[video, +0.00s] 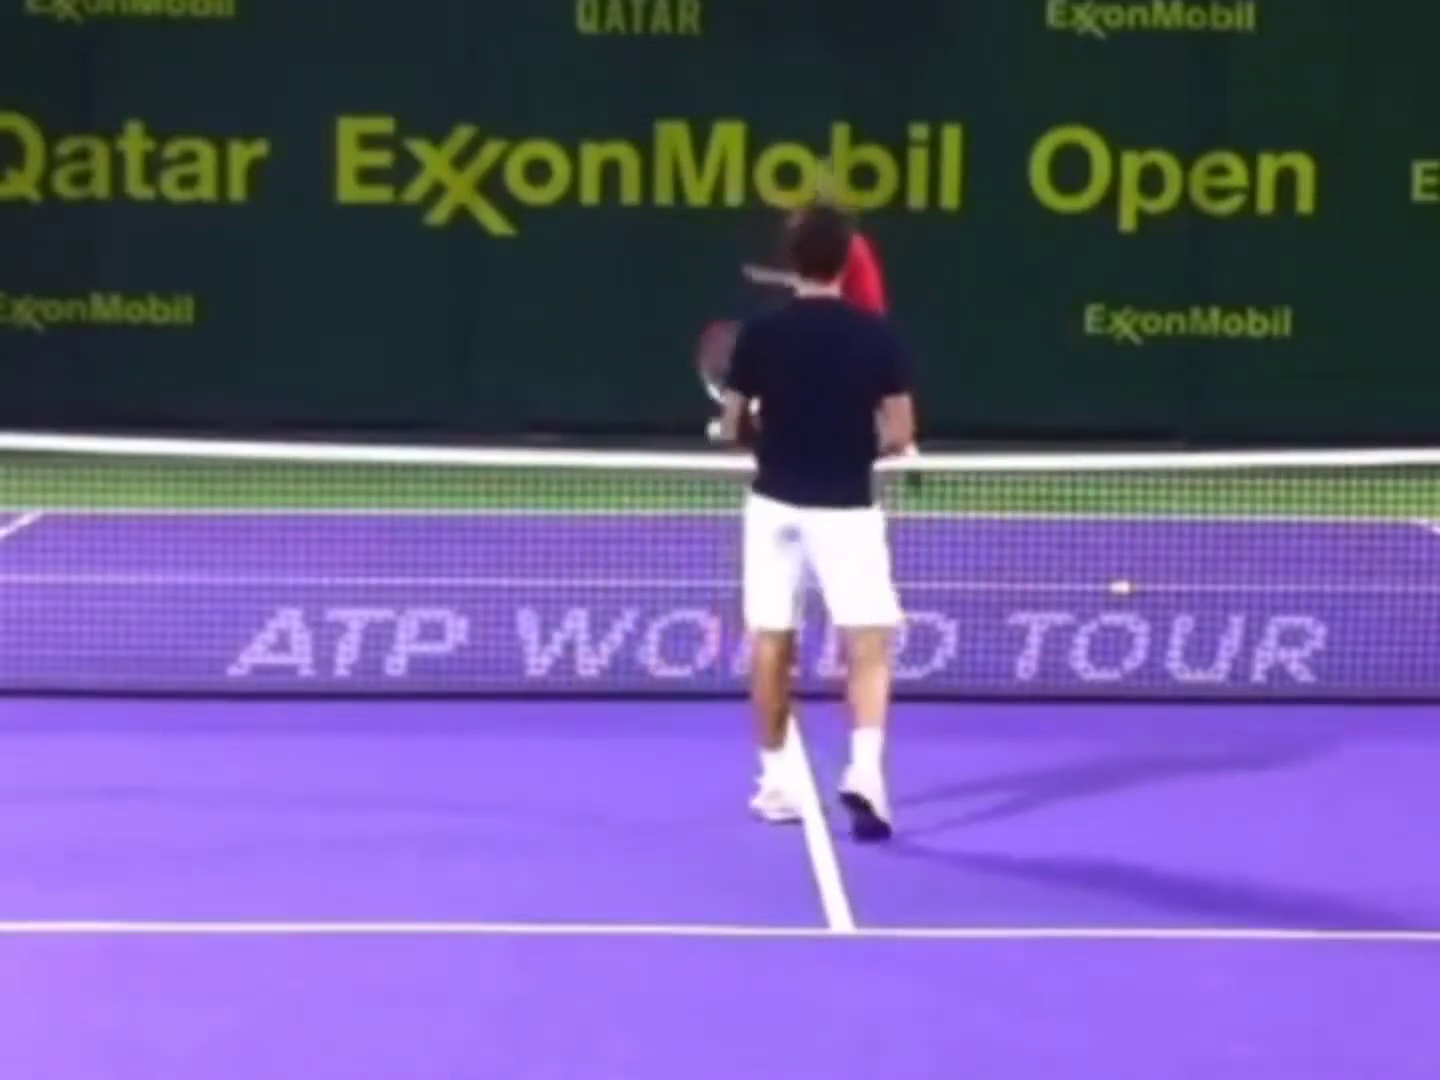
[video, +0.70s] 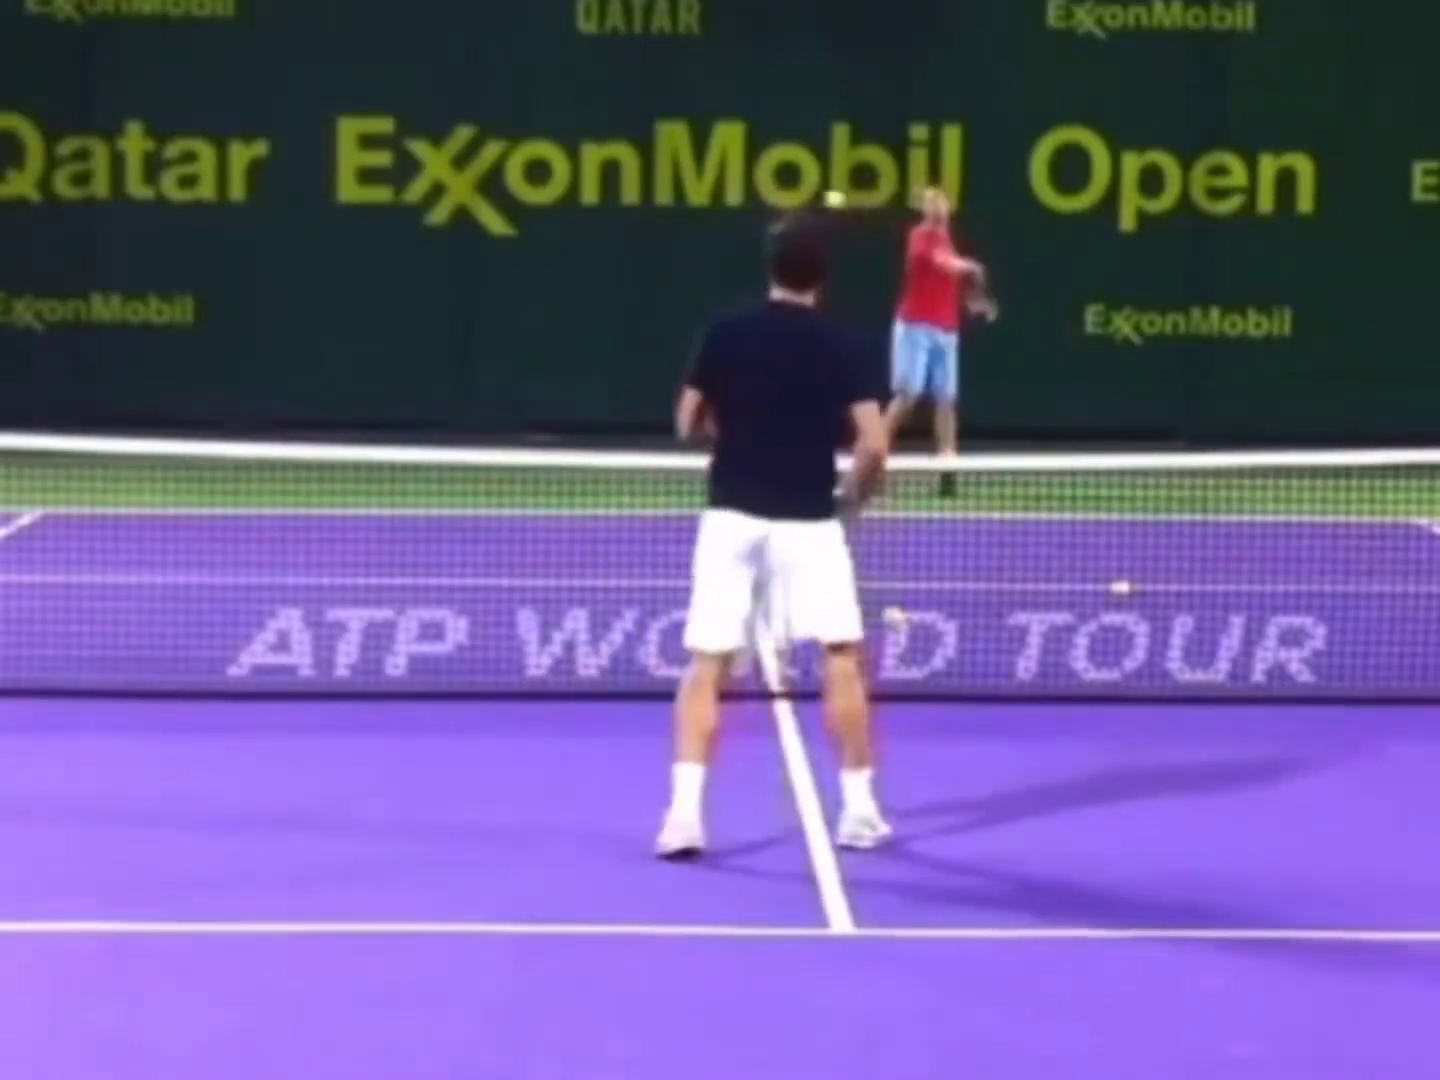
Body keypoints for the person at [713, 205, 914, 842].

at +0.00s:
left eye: (800, 257)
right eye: (839, 254)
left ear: (790, 263)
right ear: (848, 262)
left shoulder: (761, 329)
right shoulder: (874, 334)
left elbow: (734, 418)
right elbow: (898, 431)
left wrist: (769, 428)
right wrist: (851, 444)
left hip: (772, 502)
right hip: (845, 508)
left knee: (770, 639)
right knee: (870, 638)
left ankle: (779, 775)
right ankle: (864, 767)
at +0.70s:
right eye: (816, 270)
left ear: (770, 270)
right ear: (823, 275)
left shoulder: (728, 332)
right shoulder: (841, 343)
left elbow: (688, 419)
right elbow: (873, 447)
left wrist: (730, 428)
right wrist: (853, 494)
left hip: (731, 516)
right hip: (808, 523)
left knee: (706, 664)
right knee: (841, 658)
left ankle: (685, 808)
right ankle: (859, 805)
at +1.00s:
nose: (779, 272)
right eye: (781, 263)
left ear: (725, 260)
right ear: (780, 270)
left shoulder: (675, 319)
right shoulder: (777, 338)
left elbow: (599, 392)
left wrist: (633, 452)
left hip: (666, 516)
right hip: (741, 522)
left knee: (672, 667)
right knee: (783, 660)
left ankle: (678, 818)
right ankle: (797, 813)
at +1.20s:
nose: (778, 281)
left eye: (775, 269)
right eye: (779, 272)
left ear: (720, 258)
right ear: (769, 276)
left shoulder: (661, 315)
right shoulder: (760, 342)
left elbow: (589, 389)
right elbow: (784, 441)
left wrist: (631, 432)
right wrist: (827, 486)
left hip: (650, 516)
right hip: (721, 521)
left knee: (660, 672)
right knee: (734, 668)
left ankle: (676, 815)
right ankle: (724, 813)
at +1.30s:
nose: (771, 281)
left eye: (765, 268)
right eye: (774, 272)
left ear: (714, 261)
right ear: (768, 277)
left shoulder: (659, 317)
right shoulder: (765, 348)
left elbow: (588, 389)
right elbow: (767, 446)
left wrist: (634, 424)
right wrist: (773, 453)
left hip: (646, 515)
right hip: (716, 522)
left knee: (659, 671)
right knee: (715, 672)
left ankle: (673, 813)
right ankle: (698, 812)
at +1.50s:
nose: (765, 287)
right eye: (767, 278)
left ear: (707, 268)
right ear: (764, 285)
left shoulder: (654, 323)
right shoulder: (765, 358)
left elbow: (596, 408)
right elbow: (763, 450)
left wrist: (652, 413)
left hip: (633, 523)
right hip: (707, 530)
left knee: (649, 676)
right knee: (697, 683)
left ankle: (665, 811)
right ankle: (690, 827)